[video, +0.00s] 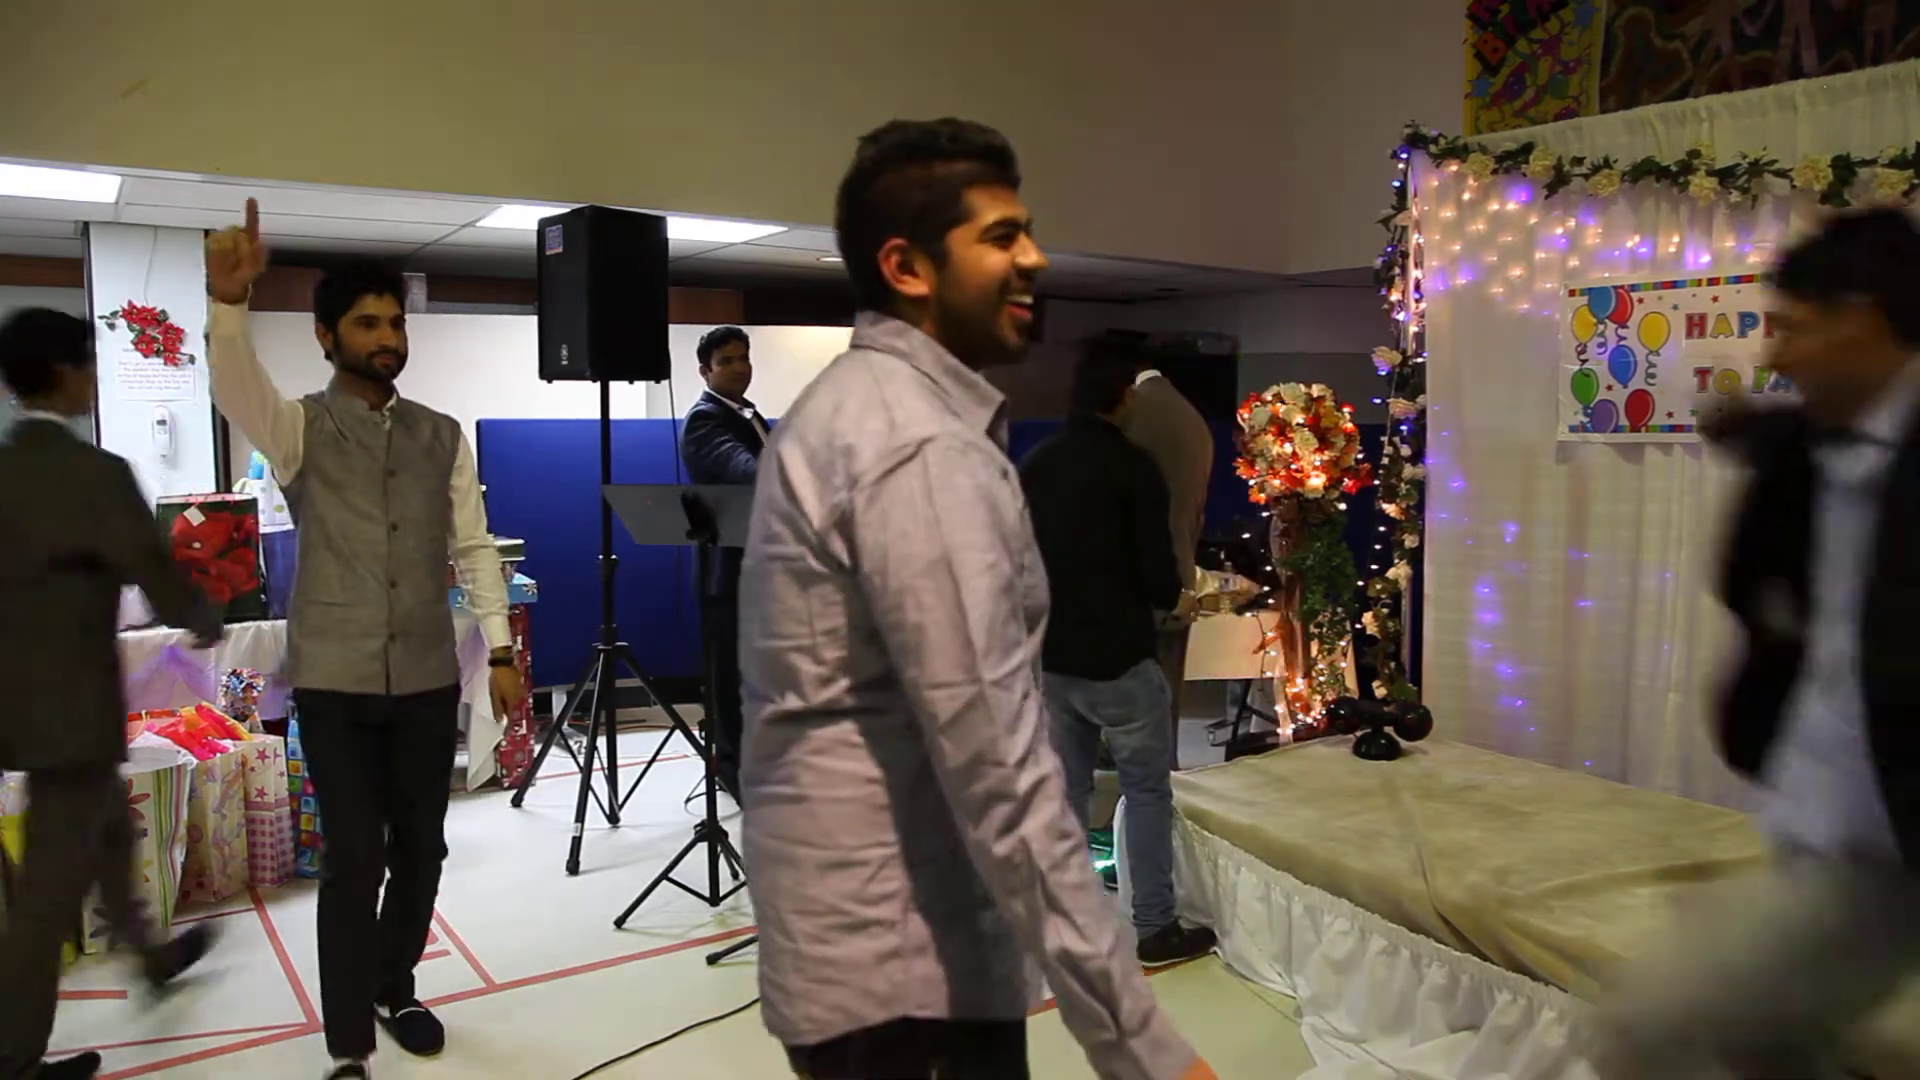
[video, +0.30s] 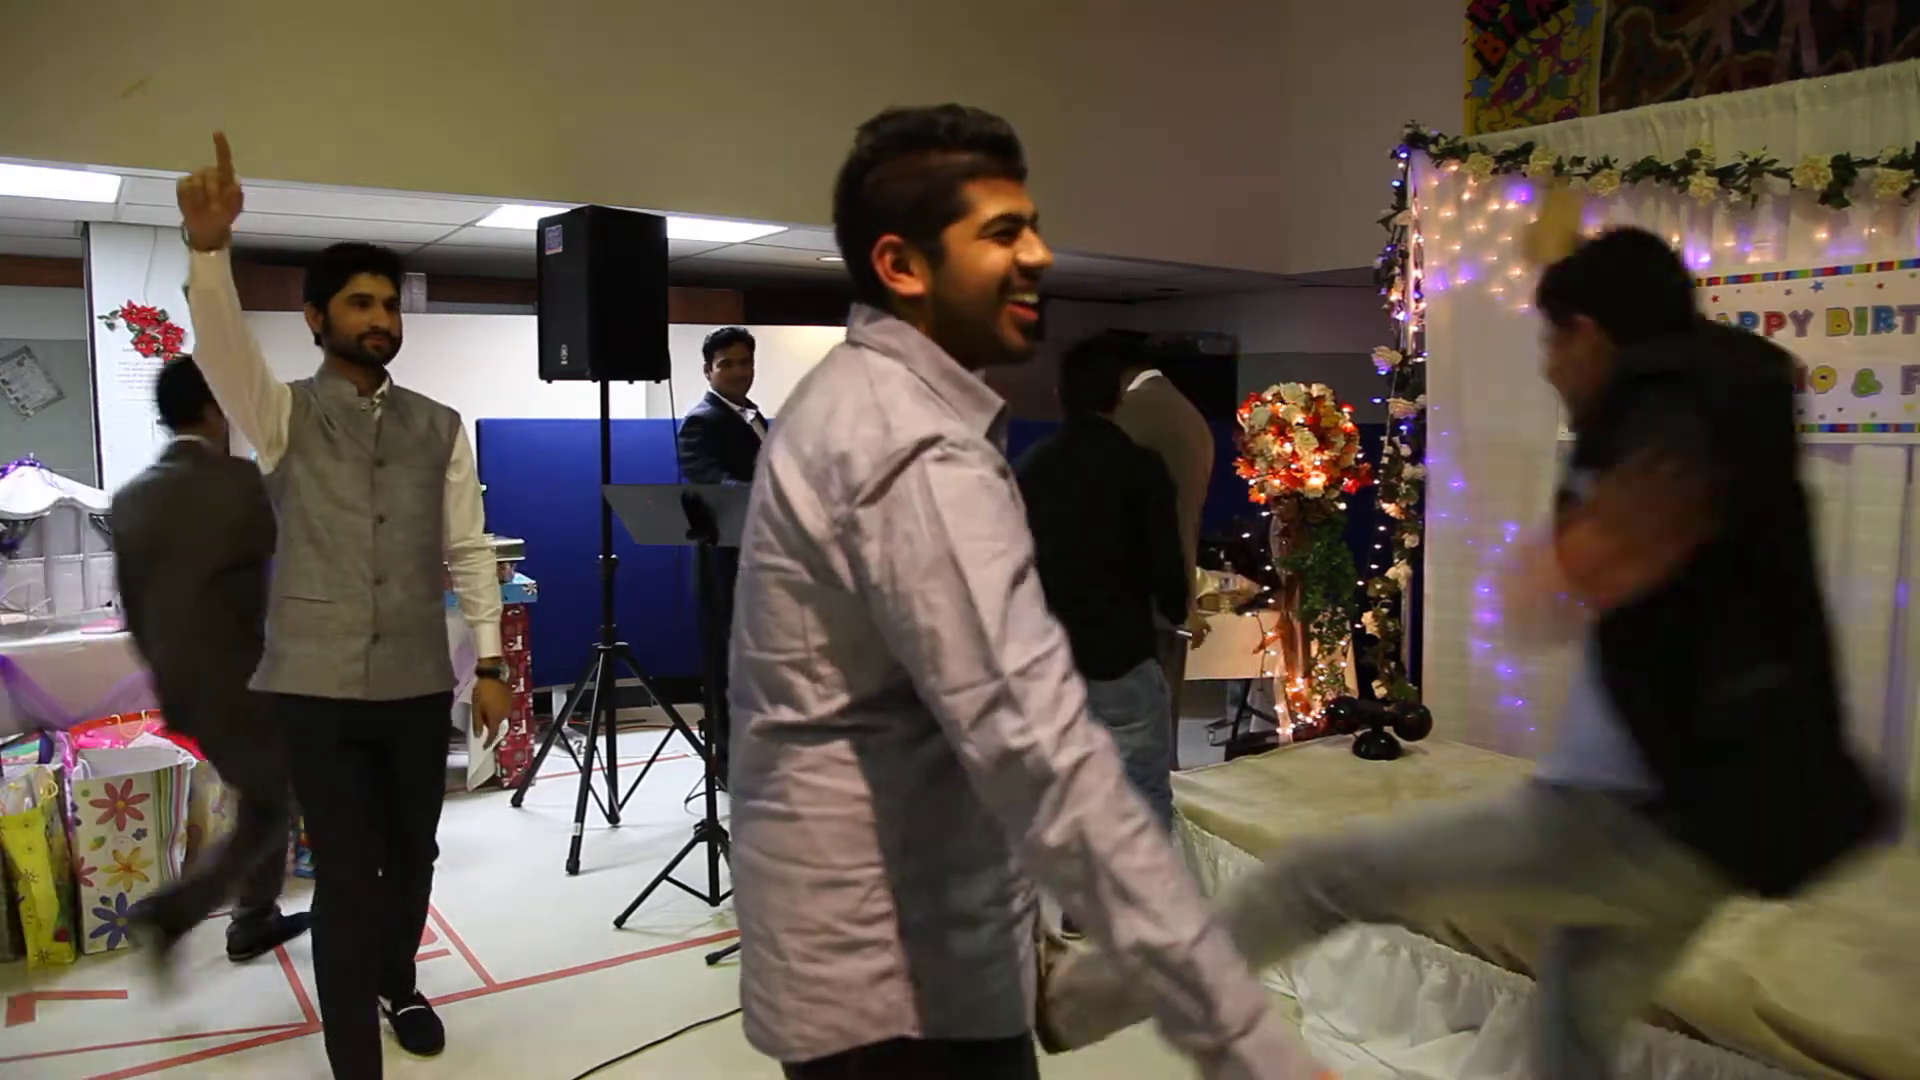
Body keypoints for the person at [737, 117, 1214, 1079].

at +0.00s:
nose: (1038, 262)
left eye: (1030, 236)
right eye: (1003, 236)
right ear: (906, 267)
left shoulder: (844, 404)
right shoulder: (915, 434)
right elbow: (1000, 767)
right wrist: (1141, 1040)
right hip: (906, 952)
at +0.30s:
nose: (1041, 257)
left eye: (1032, 229)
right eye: (1003, 231)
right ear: (899, 264)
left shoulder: (850, 396)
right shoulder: (911, 436)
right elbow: (1042, 747)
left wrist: (1001, 934)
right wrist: (1241, 1036)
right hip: (896, 944)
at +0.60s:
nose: (1070, 276)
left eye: (1061, 248)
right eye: (1046, 249)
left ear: (958, 271)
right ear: (958, 271)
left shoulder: (864, 422)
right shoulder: (933, 455)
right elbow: (1122, 715)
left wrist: (1196, 680)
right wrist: (1445, 936)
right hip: (919, 954)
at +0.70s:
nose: (1070, 270)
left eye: (1060, 240)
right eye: (1055, 241)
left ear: (966, 259)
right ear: (990, 258)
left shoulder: (890, 399)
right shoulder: (950, 427)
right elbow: (1154, 653)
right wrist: (1508, 834)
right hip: (944, 947)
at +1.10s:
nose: (1060, 266)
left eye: (1055, 245)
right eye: (1054, 243)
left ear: (909, 273)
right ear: (1024, 260)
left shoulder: (886, 406)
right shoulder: (1005, 410)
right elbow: (1267, 432)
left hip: (918, 890)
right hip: (1019, 909)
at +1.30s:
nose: (1082, 277)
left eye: (1072, 255)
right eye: (1075, 257)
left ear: (937, 290)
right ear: (1051, 276)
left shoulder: (911, 440)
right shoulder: (1057, 428)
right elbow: (1317, 407)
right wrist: (1594, 212)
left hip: (945, 909)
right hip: (1063, 925)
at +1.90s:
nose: (1312, 312)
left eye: (1308, 289)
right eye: (1309, 288)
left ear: (1175, 286)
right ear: (1282, 286)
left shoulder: (1065, 440)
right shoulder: (1336, 395)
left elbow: (943, 571)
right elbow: (1569, 294)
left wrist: (1073, 528)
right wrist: (1719, 85)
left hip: (1135, 893)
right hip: (1316, 897)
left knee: (1113, 1069)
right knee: (1345, 1068)